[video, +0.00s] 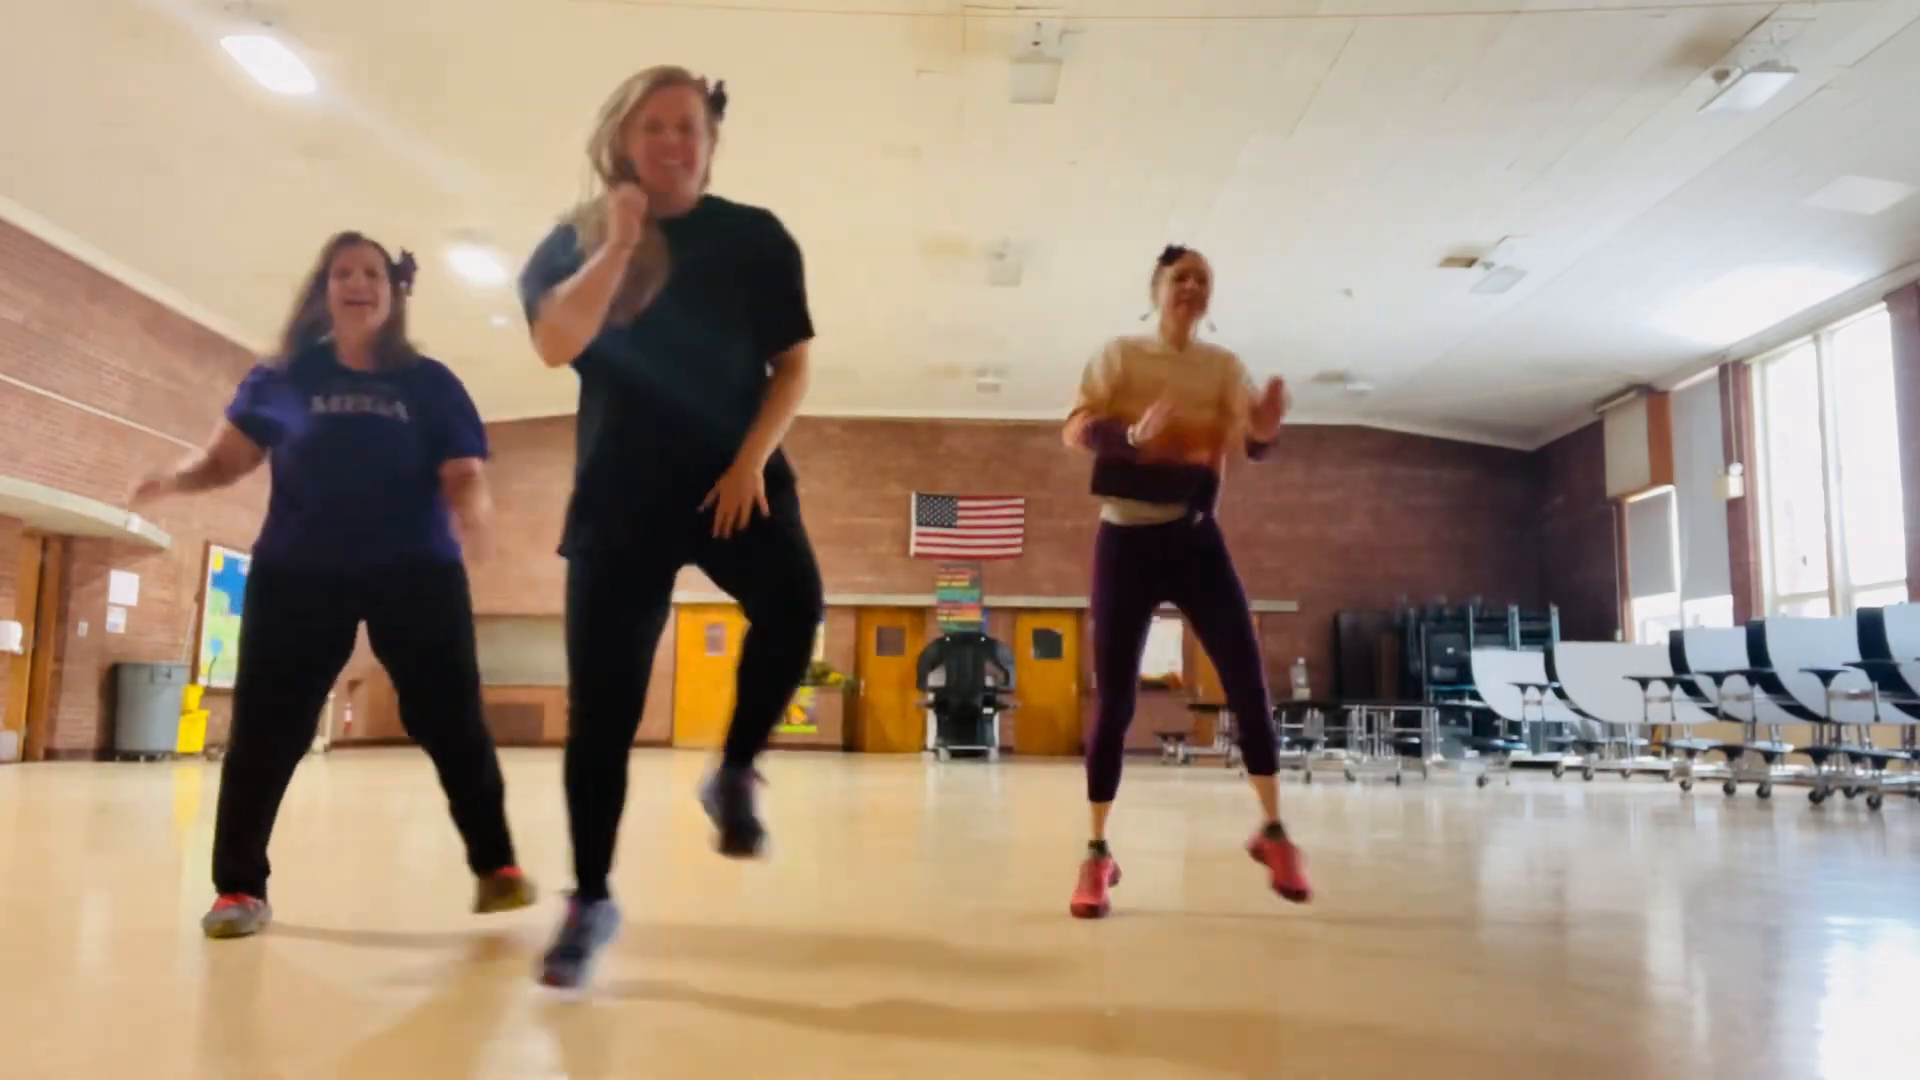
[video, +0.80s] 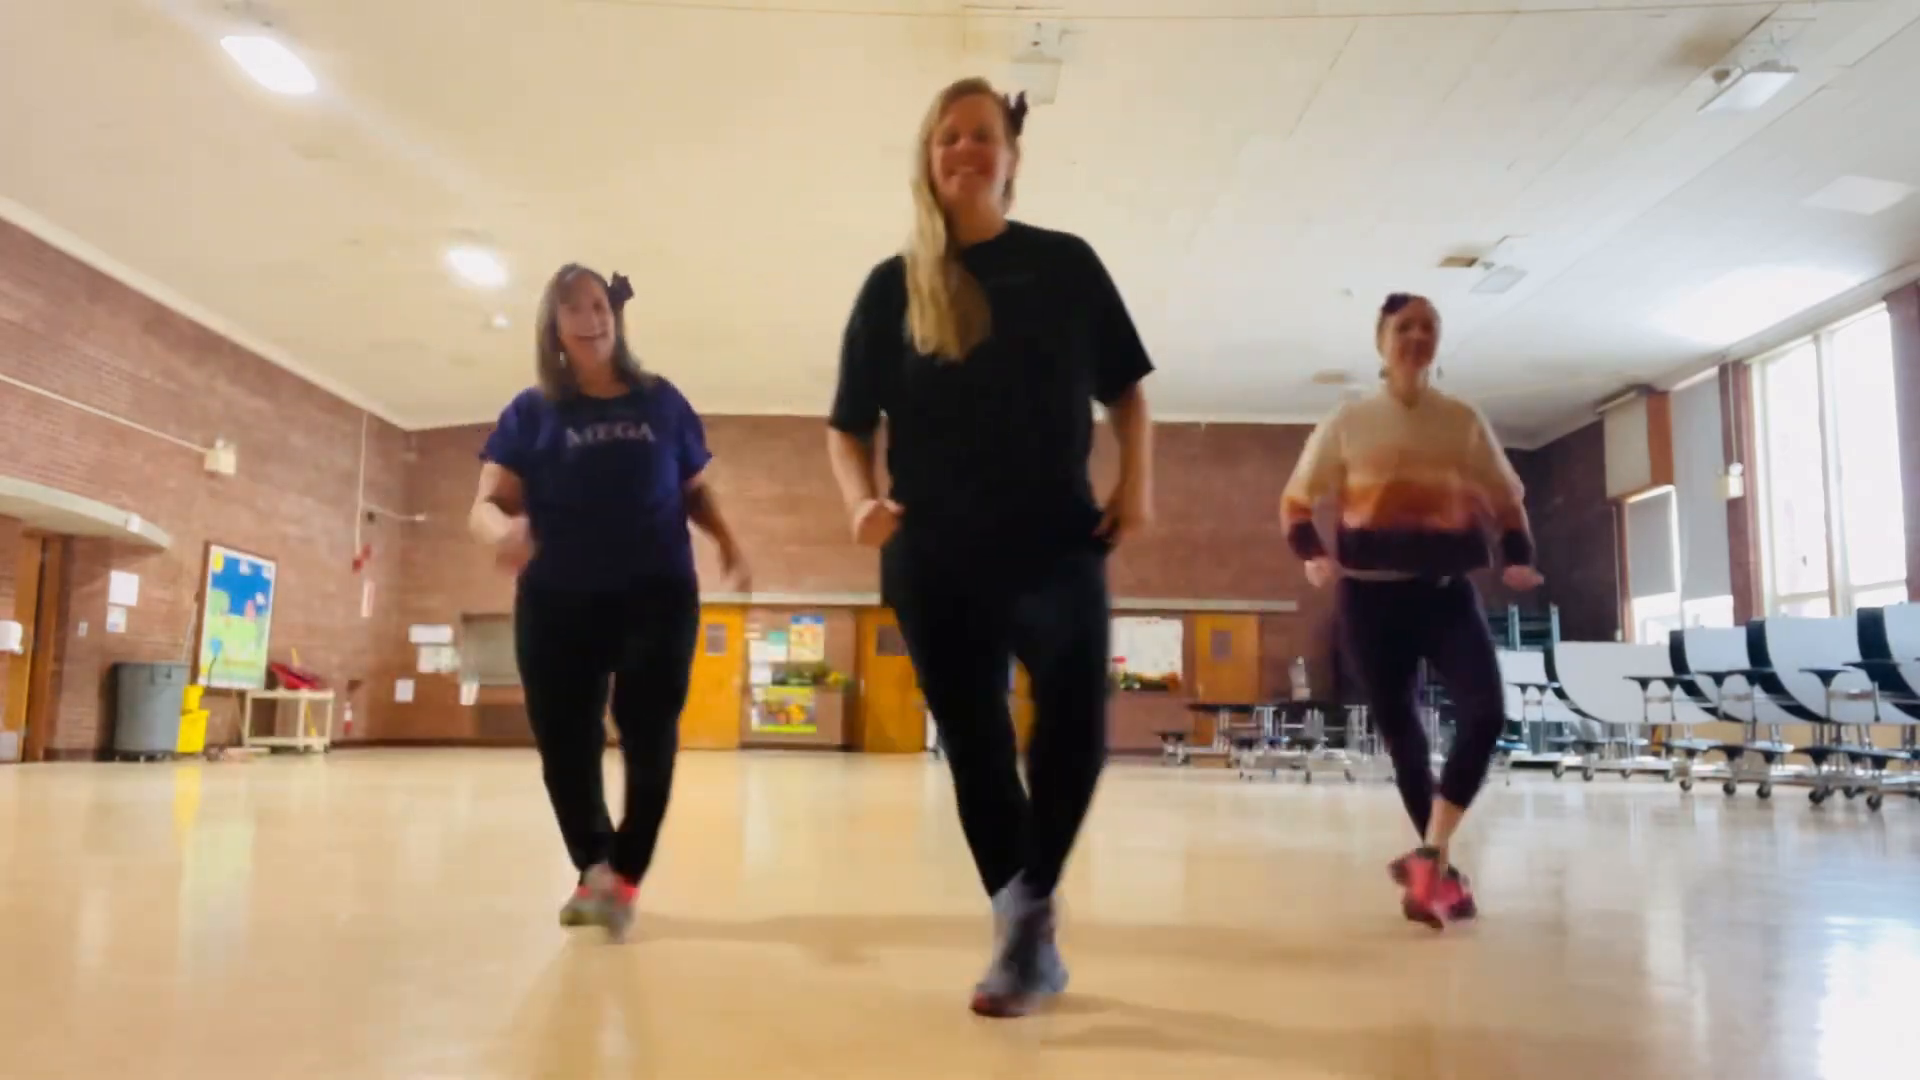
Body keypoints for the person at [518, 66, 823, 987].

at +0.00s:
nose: (673, 146)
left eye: (688, 131)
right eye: (655, 130)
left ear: (711, 145)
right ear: (619, 143)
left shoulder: (755, 240)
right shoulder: (578, 242)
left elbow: (794, 364)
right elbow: (555, 343)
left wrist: (752, 459)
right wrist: (615, 249)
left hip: (735, 485)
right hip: (624, 494)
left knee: (792, 611)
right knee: (601, 706)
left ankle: (736, 773)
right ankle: (589, 897)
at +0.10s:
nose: (707, 158)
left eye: (722, 143)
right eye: (688, 141)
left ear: (746, 159)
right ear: (653, 155)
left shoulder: (786, 260)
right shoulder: (611, 264)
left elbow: (830, 379)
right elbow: (571, 379)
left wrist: (772, 482)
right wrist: (653, 321)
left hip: (762, 511)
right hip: (647, 521)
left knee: (827, 693)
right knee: (652, 732)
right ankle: (668, 926)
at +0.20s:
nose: (737, 171)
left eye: (753, 158)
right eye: (721, 157)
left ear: (779, 173)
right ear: (692, 170)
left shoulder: (821, 276)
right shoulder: (654, 288)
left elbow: (862, 407)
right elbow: (596, 421)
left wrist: (809, 525)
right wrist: (669, 437)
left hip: (796, 554)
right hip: (683, 558)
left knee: (832, 752)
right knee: (673, 753)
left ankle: (882, 953)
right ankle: (668, 940)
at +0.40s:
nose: (824, 149)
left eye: (841, 135)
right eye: (806, 135)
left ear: (871, 156)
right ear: (778, 155)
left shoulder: (917, 266)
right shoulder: (744, 283)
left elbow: (987, 396)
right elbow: (712, 415)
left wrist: (931, 510)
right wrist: (706, 507)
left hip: (901, 533)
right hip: (787, 529)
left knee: (897, 750)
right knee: (700, 700)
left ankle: (896, 963)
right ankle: (757, 875)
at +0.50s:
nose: (867, 142)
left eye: (885, 129)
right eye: (851, 129)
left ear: (917, 151)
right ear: (824, 150)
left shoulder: (965, 268)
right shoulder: (788, 280)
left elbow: (1039, 398)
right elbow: (754, 409)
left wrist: (992, 511)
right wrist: (747, 503)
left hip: (942, 547)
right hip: (826, 542)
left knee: (916, 756)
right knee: (760, 714)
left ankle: (896, 971)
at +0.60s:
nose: (908, 133)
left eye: (926, 120)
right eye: (892, 119)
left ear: (957, 140)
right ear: (866, 140)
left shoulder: (1006, 261)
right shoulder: (828, 268)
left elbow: (1072, 387)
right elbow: (790, 399)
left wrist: (1041, 501)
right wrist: (789, 496)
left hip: (975, 543)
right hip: (861, 540)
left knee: (940, 745)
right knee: (850, 729)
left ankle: (905, 969)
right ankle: (988, 853)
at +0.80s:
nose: (965, 149)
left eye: (982, 136)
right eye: (950, 138)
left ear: (1014, 156)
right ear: (927, 159)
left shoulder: (1065, 264)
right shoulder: (894, 285)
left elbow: (1127, 390)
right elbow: (849, 421)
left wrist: (1131, 497)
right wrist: (862, 502)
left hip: (1052, 540)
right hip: (934, 550)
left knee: (1075, 727)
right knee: (976, 749)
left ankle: (1027, 907)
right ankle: (1029, 945)